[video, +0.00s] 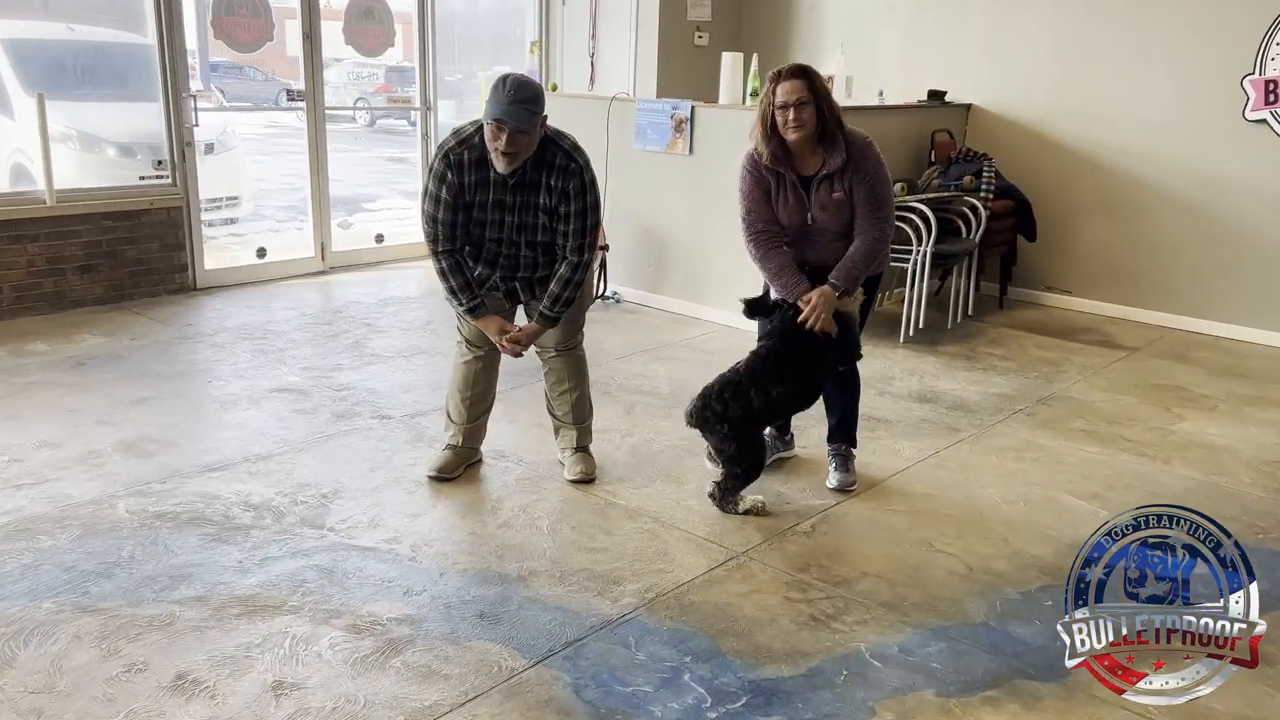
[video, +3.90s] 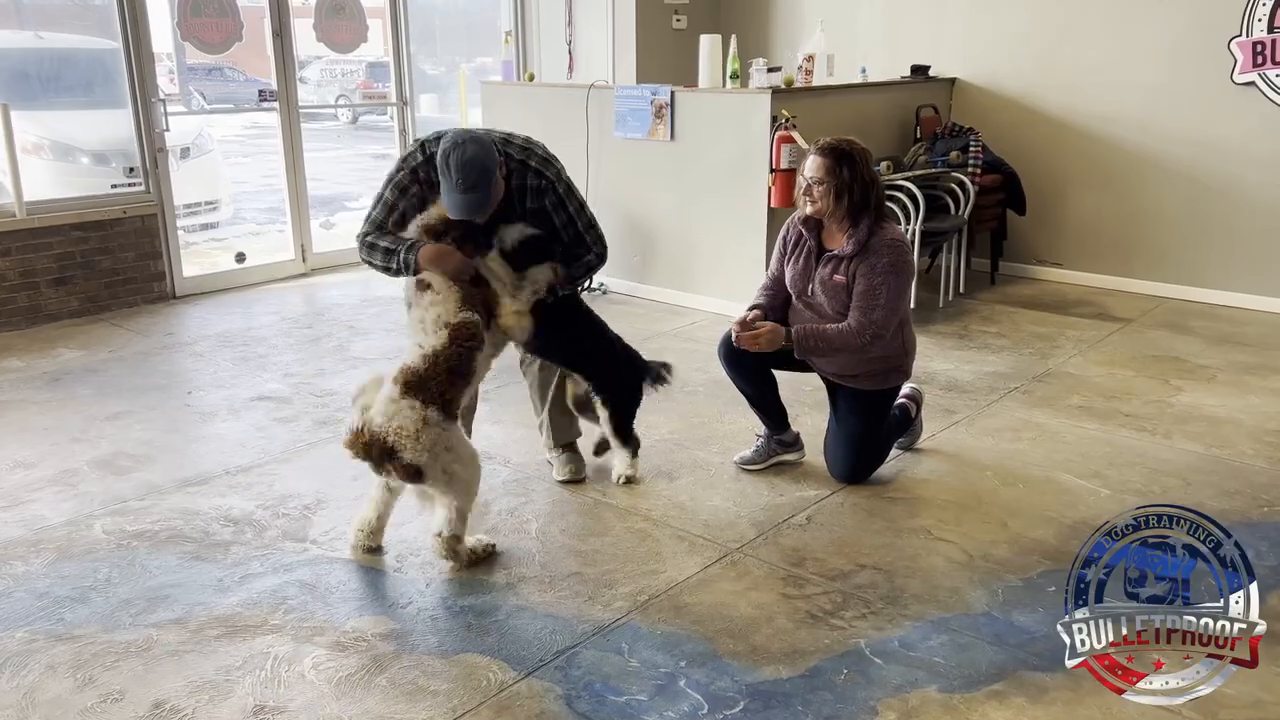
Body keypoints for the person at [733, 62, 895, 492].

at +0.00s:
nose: (792, 115)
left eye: (802, 104)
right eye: (782, 107)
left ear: (821, 107)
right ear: (770, 113)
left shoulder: (858, 153)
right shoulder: (760, 162)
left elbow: (875, 233)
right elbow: (761, 238)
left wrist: (837, 287)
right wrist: (806, 297)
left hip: (849, 272)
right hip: (787, 272)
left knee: (839, 357)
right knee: (776, 350)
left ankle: (841, 451)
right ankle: (777, 432)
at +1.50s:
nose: (838, 114)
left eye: (849, 103)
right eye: (829, 104)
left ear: (871, 101)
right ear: (817, 105)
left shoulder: (913, 143)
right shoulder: (810, 145)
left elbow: (935, 227)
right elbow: (792, 215)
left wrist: (900, 293)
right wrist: (781, 285)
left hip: (903, 259)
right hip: (841, 255)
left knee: (887, 338)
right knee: (823, 345)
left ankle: (892, 439)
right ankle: (826, 423)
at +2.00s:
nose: (809, 147)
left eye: (820, 137)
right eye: (801, 138)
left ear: (844, 136)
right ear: (792, 138)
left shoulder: (889, 173)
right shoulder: (792, 180)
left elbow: (900, 262)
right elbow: (768, 240)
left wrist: (860, 333)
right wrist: (732, 300)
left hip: (907, 267)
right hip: (838, 267)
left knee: (895, 355)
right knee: (818, 355)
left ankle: (922, 417)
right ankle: (831, 440)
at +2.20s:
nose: (793, 175)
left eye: (803, 165)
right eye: (787, 165)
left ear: (831, 165)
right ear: (781, 167)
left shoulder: (876, 207)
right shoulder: (784, 208)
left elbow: (877, 298)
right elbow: (750, 259)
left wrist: (826, 361)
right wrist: (700, 301)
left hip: (901, 298)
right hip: (834, 291)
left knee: (894, 400)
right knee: (797, 350)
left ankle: (951, 405)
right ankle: (825, 440)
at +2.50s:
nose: (796, 218)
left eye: (806, 210)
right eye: (791, 208)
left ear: (834, 210)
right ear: (786, 207)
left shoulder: (872, 259)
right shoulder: (787, 244)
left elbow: (854, 344)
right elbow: (735, 273)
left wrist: (833, 419)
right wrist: (674, 288)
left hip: (888, 353)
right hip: (831, 337)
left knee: (878, 459)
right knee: (772, 357)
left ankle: (938, 411)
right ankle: (813, 442)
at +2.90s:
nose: (805, 207)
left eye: (816, 202)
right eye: (804, 197)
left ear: (846, 204)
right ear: (800, 194)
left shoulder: (886, 259)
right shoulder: (797, 236)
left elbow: (872, 346)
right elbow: (761, 275)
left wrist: (811, 390)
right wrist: (730, 291)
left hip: (875, 363)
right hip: (819, 340)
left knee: (863, 468)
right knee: (753, 351)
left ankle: (923, 410)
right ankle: (799, 438)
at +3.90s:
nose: (804, 190)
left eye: (816, 182)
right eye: (803, 180)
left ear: (847, 186)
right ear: (799, 181)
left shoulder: (886, 247)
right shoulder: (798, 228)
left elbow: (864, 334)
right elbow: (775, 286)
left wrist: (788, 337)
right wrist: (758, 314)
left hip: (866, 364)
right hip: (814, 348)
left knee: (847, 470)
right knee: (734, 346)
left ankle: (908, 407)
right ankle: (780, 435)